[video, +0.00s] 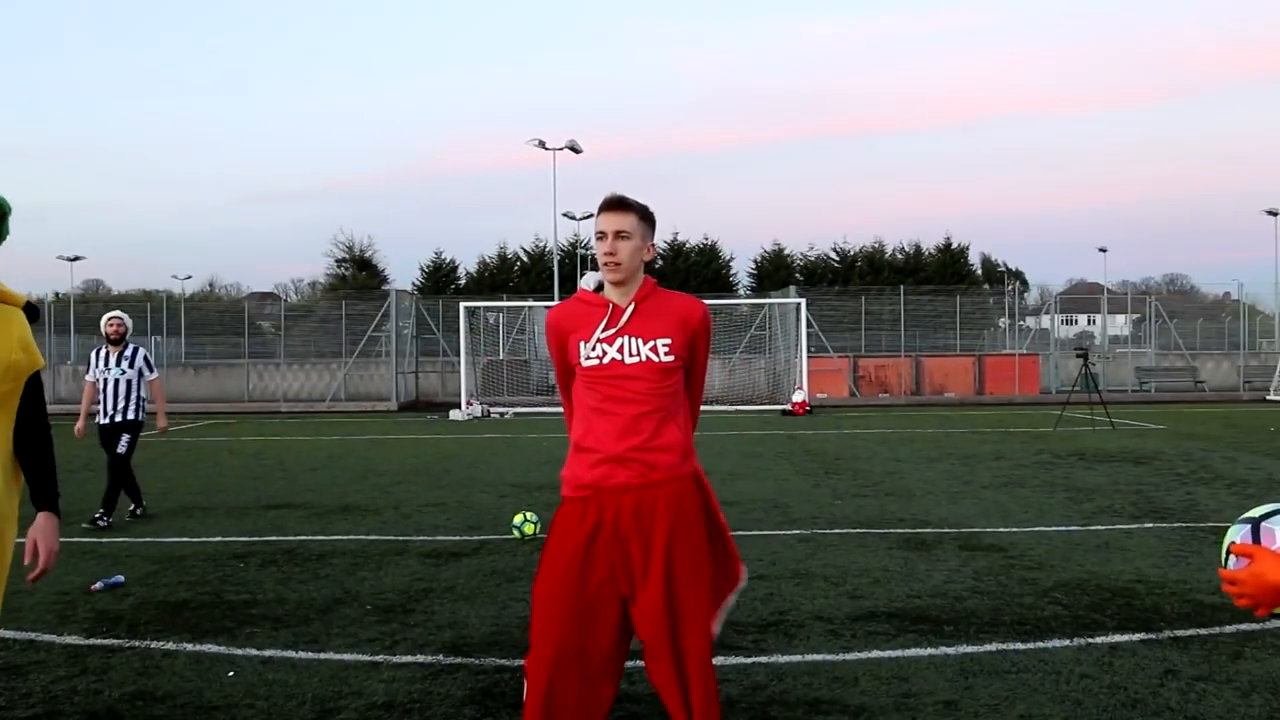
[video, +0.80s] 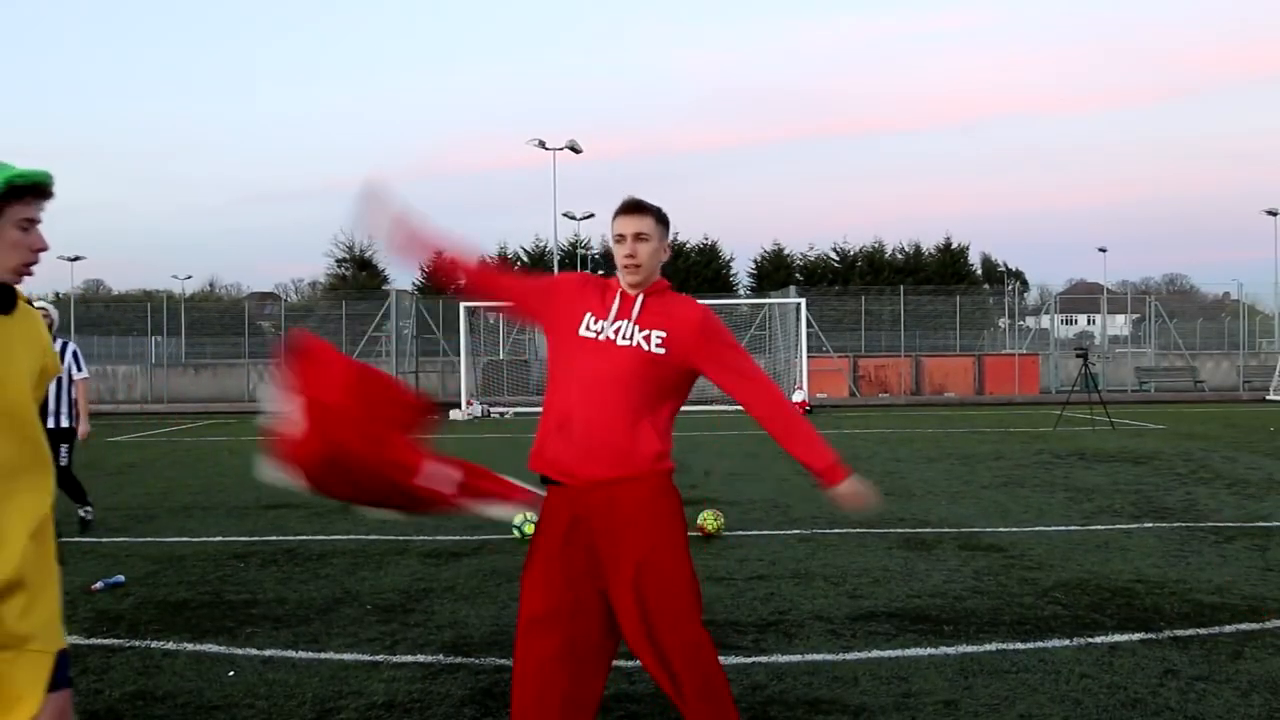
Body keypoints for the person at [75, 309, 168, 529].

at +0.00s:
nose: (115, 328)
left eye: (119, 325)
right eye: (111, 325)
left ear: (126, 329)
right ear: (104, 330)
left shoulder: (138, 354)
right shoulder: (96, 355)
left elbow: (154, 383)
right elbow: (90, 386)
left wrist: (161, 415)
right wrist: (82, 418)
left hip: (130, 417)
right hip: (105, 418)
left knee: (117, 463)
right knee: (119, 464)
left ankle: (105, 513)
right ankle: (138, 503)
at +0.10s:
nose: (110, 327)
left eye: (115, 323)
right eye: (106, 323)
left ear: (122, 328)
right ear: (99, 329)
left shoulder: (133, 353)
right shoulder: (91, 353)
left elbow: (147, 384)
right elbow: (85, 385)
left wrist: (150, 416)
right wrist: (78, 416)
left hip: (124, 416)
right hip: (99, 416)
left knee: (109, 463)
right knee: (102, 464)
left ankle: (104, 514)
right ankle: (131, 496)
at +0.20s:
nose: (103, 323)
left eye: (108, 320)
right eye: (99, 320)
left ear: (115, 324)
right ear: (92, 325)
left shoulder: (125, 350)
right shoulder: (85, 349)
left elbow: (137, 383)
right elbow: (78, 381)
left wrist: (131, 416)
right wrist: (72, 413)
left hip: (113, 416)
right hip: (87, 416)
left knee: (104, 464)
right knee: (79, 463)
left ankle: (103, 513)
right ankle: (110, 490)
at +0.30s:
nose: (98, 321)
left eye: (102, 317)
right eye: (93, 317)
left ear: (110, 321)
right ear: (87, 322)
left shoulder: (121, 347)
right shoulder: (80, 347)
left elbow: (130, 381)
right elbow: (73, 379)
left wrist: (120, 411)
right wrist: (68, 410)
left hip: (106, 416)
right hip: (80, 415)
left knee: (104, 466)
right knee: (69, 460)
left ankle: (104, 515)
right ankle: (92, 496)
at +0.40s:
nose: (88, 320)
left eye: (93, 316)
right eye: (83, 316)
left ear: (100, 321)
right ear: (77, 321)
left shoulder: (113, 348)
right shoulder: (70, 347)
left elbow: (120, 382)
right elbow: (65, 380)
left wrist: (103, 403)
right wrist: (59, 411)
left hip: (99, 419)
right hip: (71, 418)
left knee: (101, 468)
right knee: (57, 464)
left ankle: (103, 515)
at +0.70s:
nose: (55, 324)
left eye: (60, 320)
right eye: (50, 320)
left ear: (68, 325)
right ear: (43, 326)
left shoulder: (81, 353)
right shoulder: (37, 356)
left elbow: (92, 386)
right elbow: (31, 390)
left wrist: (86, 414)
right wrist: (28, 420)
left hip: (71, 427)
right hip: (41, 428)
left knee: (81, 472)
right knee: (37, 481)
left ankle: (99, 512)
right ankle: (34, 530)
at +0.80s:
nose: (40, 323)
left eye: (44, 318)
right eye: (37, 318)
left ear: (53, 321)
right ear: (31, 322)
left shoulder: (67, 349)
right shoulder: (29, 349)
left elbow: (80, 384)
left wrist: (83, 418)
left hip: (61, 420)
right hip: (34, 421)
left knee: (62, 471)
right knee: (37, 472)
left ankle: (84, 507)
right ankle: (40, 519)